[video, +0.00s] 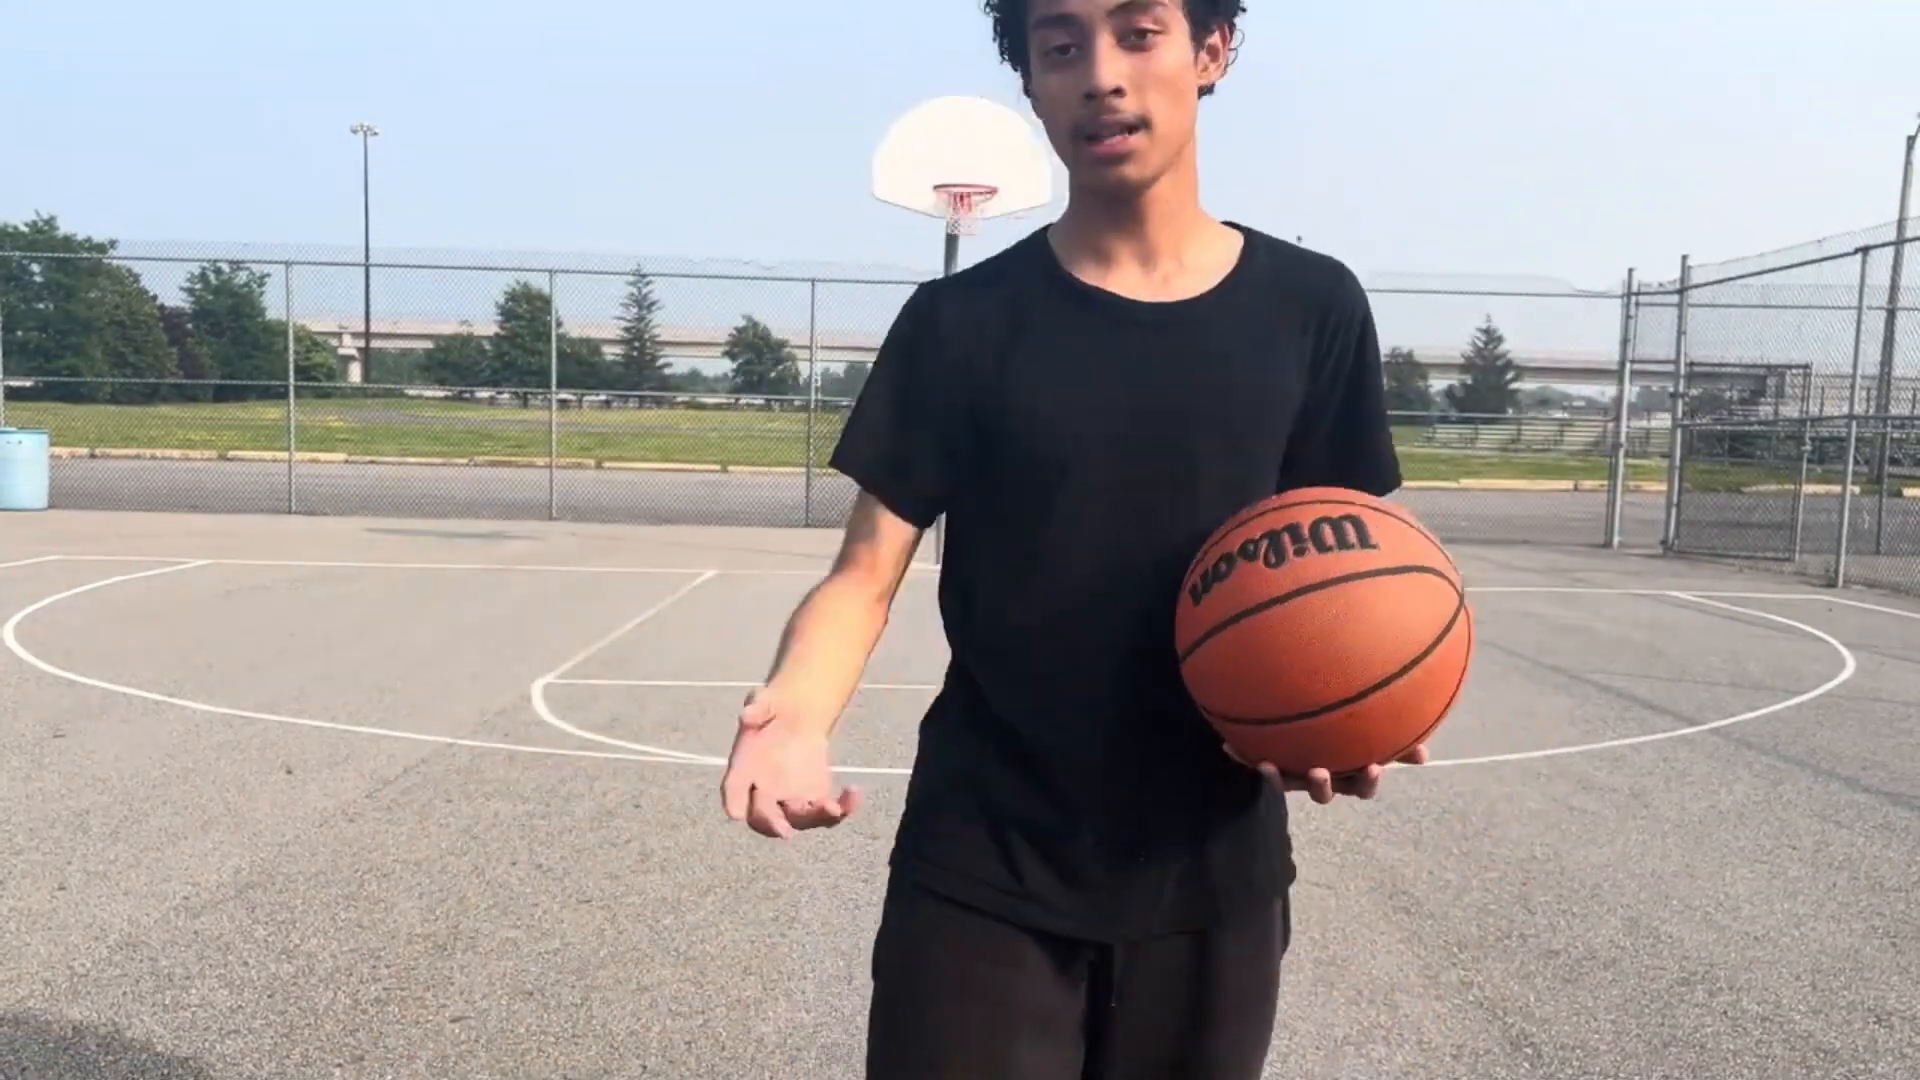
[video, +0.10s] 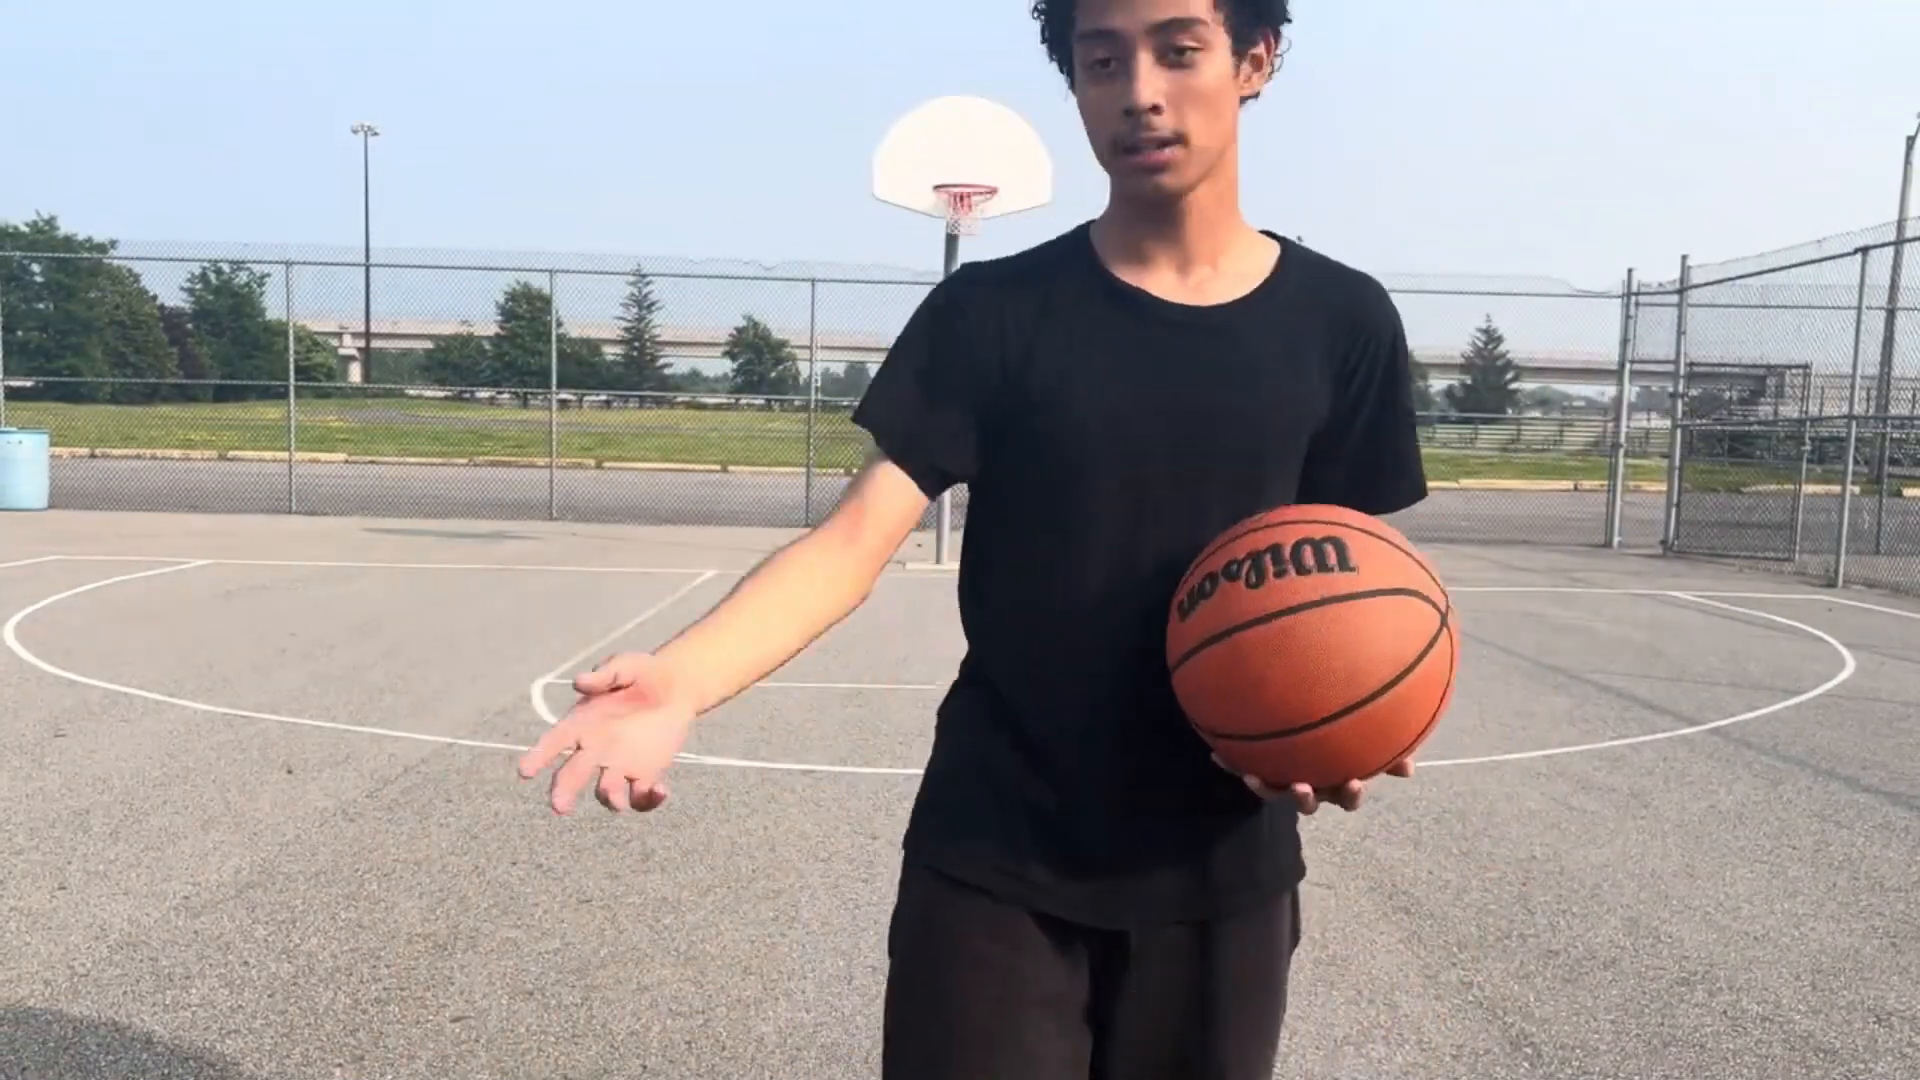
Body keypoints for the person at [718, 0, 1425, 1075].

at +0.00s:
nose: (1102, 79)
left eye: (1138, 34)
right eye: (1062, 48)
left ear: (1210, 54)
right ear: (1029, 84)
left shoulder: (1315, 308)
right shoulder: (956, 321)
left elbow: (1355, 573)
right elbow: (864, 569)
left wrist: (1343, 710)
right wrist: (796, 705)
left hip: (1213, 872)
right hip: (987, 869)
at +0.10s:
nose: (1141, 94)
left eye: (1180, 48)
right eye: (1105, 58)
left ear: (1256, 63)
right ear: (1072, 81)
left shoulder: (1345, 324)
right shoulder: (989, 313)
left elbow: (1357, 581)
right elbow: (851, 540)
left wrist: (1336, 730)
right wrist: (679, 683)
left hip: (1219, 869)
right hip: (997, 866)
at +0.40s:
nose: (1127, 96)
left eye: (1167, 58)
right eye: (1119, 61)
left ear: (1287, 73)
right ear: (1112, 73)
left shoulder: (1381, 343)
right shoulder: (1036, 290)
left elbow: (1349, 607)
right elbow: (838, 487)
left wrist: (1307, 756)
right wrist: (591, 593)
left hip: (1207, 872)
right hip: (989, 858)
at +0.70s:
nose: (1098, 61)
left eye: (1148, 22)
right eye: (1068, 26)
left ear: (1232, 59)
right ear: (1042, 55)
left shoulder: (1322, 325)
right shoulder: (944, 316)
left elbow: (1325, 607)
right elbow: (895, 600)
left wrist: (1310, 768)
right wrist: (809, 848)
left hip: (1193, 917)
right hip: (950, 912)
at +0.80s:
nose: (1058, 36)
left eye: (1102, 2)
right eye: (1022, 3)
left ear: (1174, 35)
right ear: (978, 40)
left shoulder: (1284, 295)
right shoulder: (895, 316)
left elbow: (1312, 577)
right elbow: (886, 608)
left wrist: (1320, 742)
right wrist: (862, 837)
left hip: (1187, 913)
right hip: (935, 906)